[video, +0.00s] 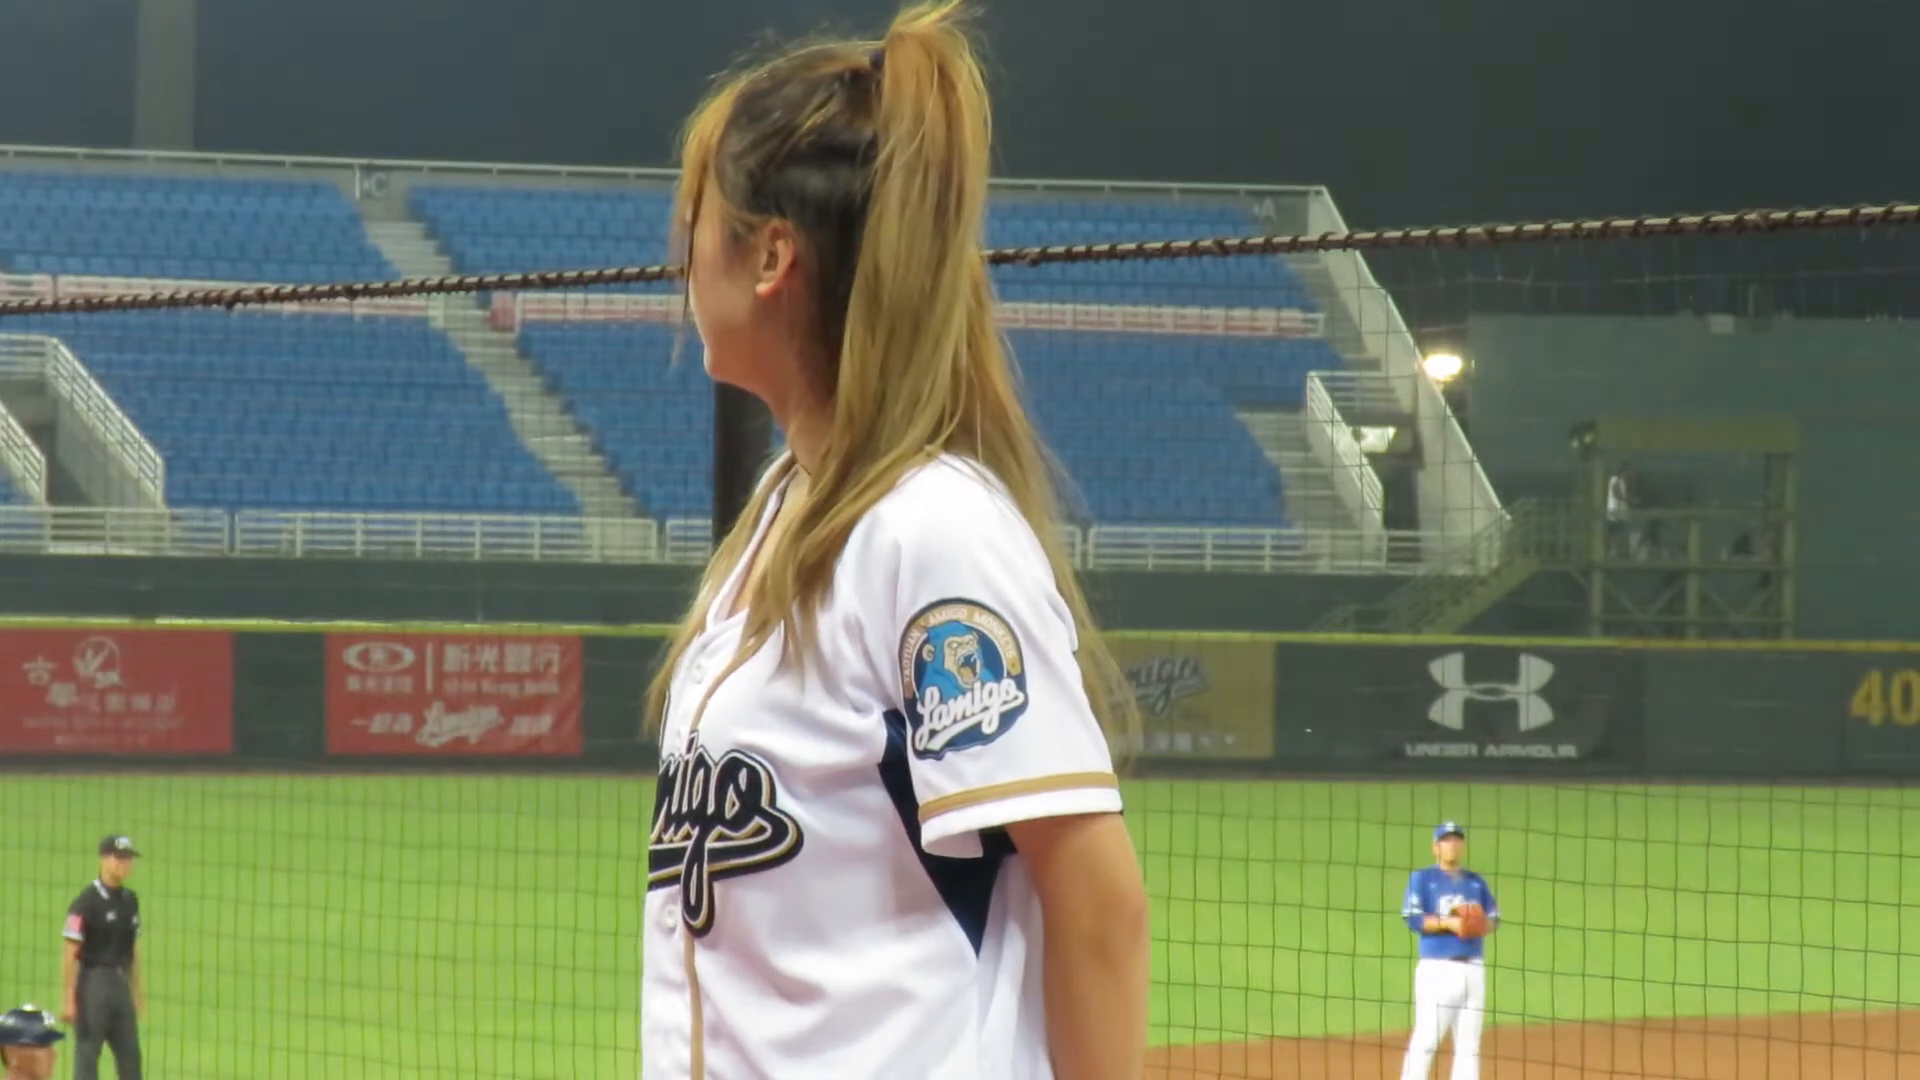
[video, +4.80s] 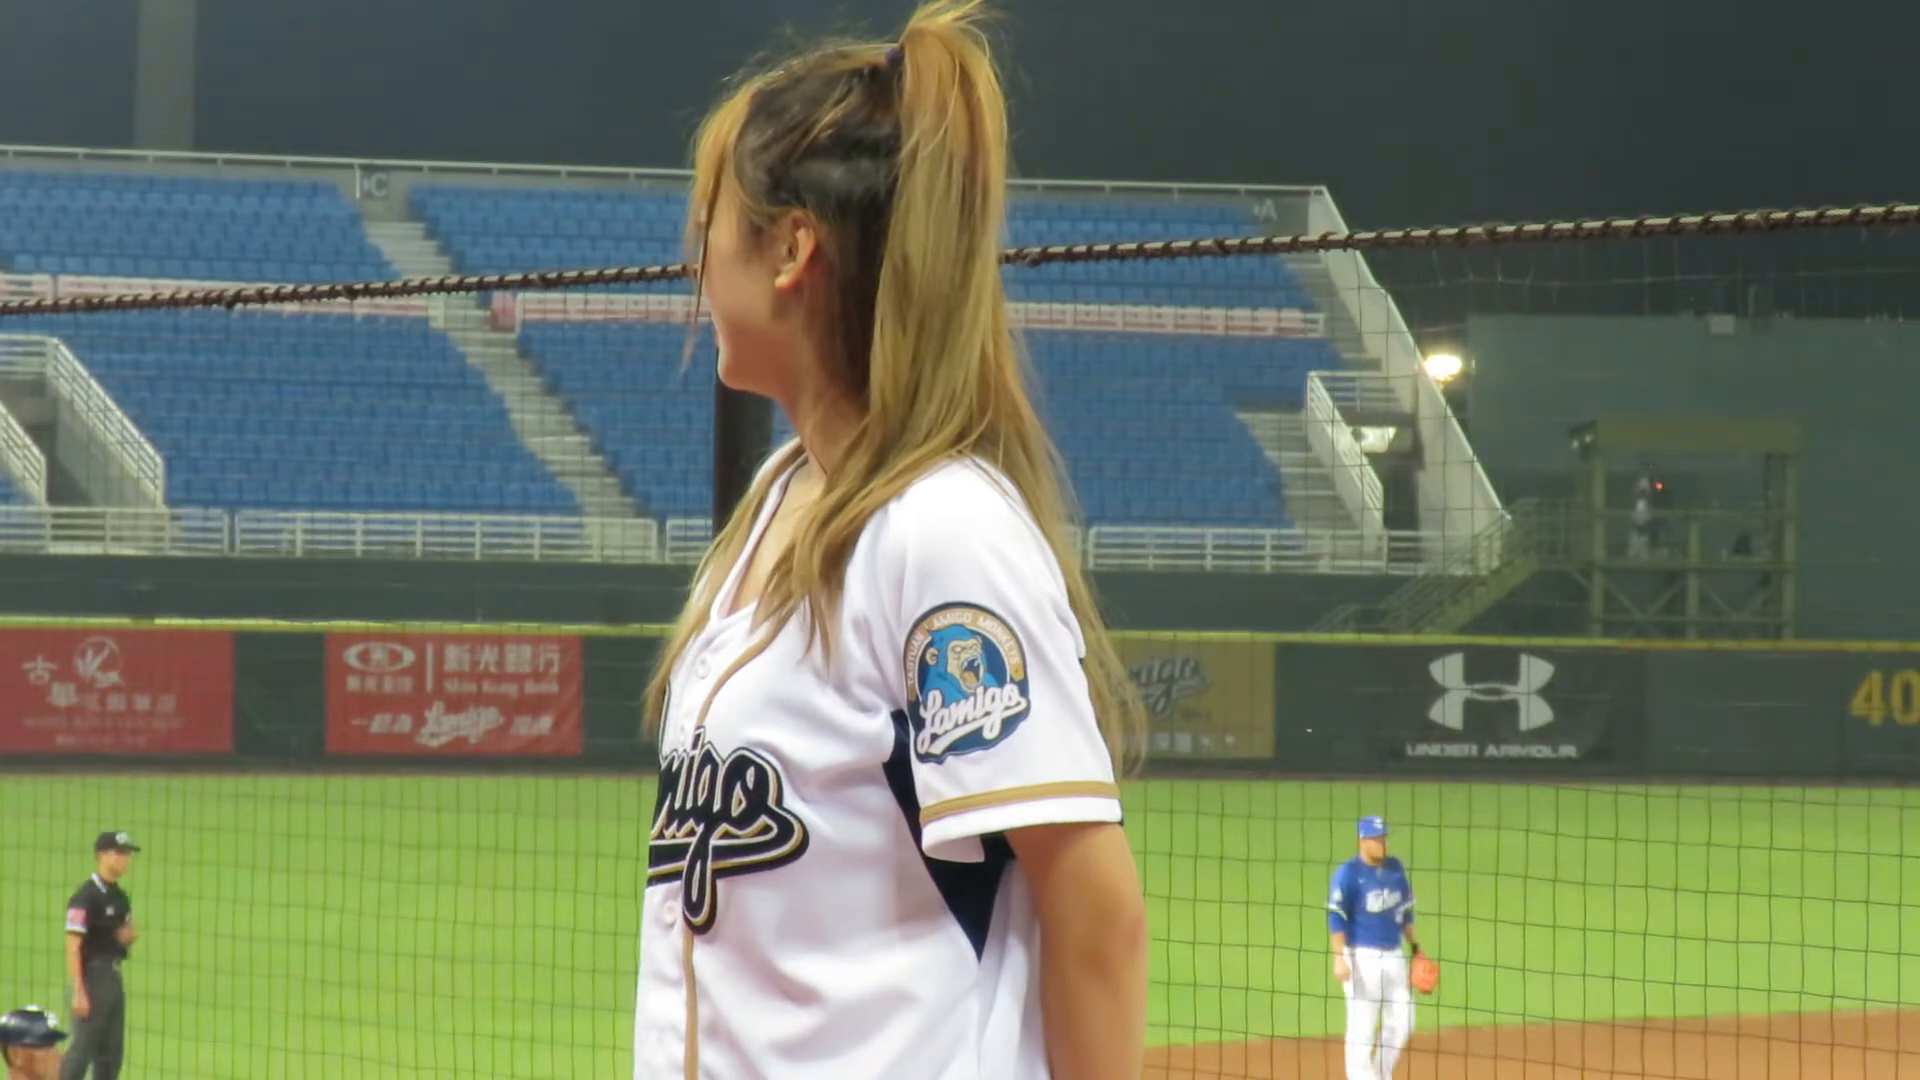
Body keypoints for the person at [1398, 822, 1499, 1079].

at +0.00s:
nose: (1452, 846)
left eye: (1457, 840)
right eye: (1446, 841)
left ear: (1463, 845)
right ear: (1436, 846)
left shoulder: (1475, 881)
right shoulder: (1421, 879)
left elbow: (1493, 917)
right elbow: (1414, 919)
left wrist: (1478, 923)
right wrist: (1452, 923)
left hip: (1472, 967)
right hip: (1436, 965)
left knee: (1469, 1044)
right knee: (1426, 1040)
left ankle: (1466, 1078)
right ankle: (1412, 1076)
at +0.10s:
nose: (1447, 846)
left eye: (1452, 840)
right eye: (1441, 840)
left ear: (1459, 845)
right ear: (1431, 845)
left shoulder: (1472, 881)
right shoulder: (1415, 879)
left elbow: (1485, 919)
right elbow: (1403, 918)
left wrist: (1471, 939)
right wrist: (1432, 937)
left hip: (1464, 967)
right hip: (1427, 966)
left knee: (1465, 1042)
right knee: (1423, 1040)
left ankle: (1464, 1077)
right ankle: (1413, 1076)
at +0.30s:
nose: (1436, 845)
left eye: (1441, 840)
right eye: (1430, 840)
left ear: (1447, 845)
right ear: (1419, 845)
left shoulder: (1460, 881)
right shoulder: (1403, 879)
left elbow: (1470, 927)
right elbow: (1388, 921)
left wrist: (1467, 962)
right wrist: (1397, 956)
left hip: (1452, 967)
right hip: (1416, 968)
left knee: (1457, 1045)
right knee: (1412, 1043)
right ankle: (1409, 1078)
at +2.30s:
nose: (1430, 845)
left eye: (1432, 840)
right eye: (1424, 840)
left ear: (1435, 843)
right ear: (1410, 840)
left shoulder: (1439, 875)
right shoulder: (1389, 873)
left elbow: (1450, 921)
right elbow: (1376, 916)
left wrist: (1460, 959)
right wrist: (1381, 957)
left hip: (1434, 961)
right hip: (1399, 961)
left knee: (1442, 1035)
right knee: (1399, 1036)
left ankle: (1440, 1077)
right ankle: (1398, 1077)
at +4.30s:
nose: (1403, 840)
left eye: (1405, 835)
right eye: (1396, 835)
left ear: (1410, 838)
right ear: (1383, 839)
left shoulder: (1418, 872)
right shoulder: (1368, 871)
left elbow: (1426, 921)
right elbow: (1360, 917)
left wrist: (1434, 959)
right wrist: (1367, 955)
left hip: (1418, 960)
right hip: (1383, 959)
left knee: (1424, 1035)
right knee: (1372, 1033)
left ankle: (1425, 1078)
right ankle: (1364, 1076)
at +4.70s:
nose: (1380, 844)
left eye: (1383, 839)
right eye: (1374, 839)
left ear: (1388, 840)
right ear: (1362, 841)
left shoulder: (1397, 869)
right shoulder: (1349, 874)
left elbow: (1407, 916)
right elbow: (1338, 918)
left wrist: (1418, 950)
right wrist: (1341, 958)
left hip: (1397, 958)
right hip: (1364, 958)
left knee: (1407, 1025)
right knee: (1364, 1029)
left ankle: (1399, 1075)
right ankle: (1359, 1075)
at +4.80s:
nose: (1380, 845)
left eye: (1382, 839)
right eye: (1373, 840)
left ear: (1386, 840)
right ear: (1361, 841)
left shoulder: (1395, 868)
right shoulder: (1347, 873)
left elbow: (1405, 915)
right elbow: (1336, 917)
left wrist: (1415, 948)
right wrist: (1340, 956)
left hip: (1395, 957)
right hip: (1362, 957)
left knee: (1400, 1025)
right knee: (1363, 1027)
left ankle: (1381, 1074)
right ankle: (1361, 1075)